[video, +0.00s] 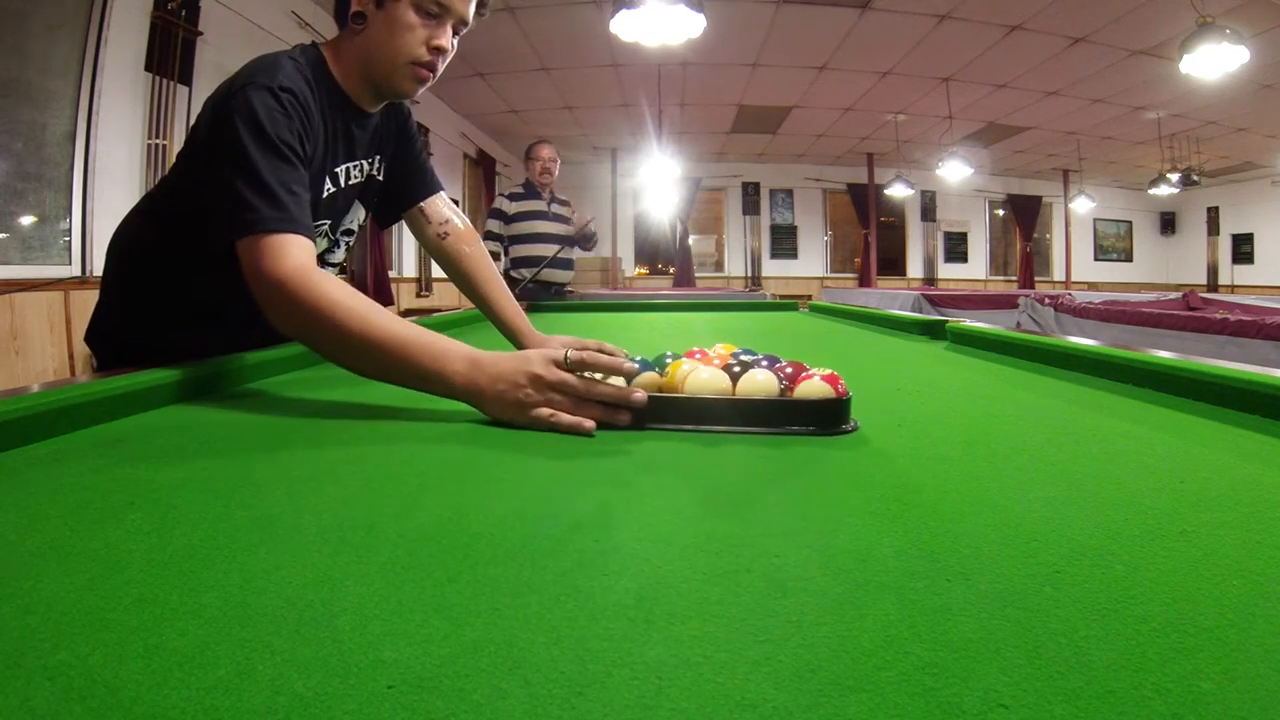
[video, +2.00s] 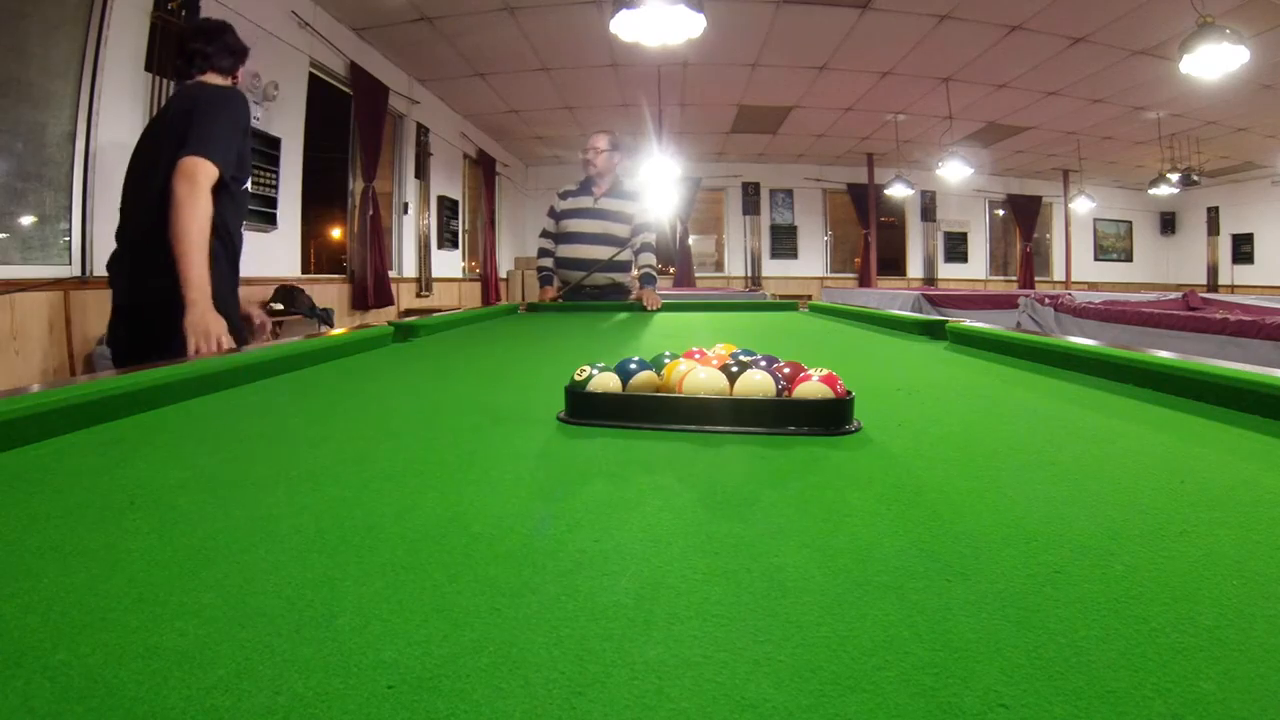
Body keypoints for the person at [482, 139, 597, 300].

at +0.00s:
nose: (546, 166)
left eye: (552, 161)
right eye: (539, 160)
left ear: (558, 167)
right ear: (527, 165)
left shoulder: (565, 206)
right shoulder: (508, 200)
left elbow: (587, 246)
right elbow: (491, 246)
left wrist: (586, 233)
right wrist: (495, 286)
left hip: (559, 294)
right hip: (522, 292)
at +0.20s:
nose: (544, 163)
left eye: (550, 157)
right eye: (537, 158)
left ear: (557, 163)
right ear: (525, 165)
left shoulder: (568, 202)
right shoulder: (507, 202)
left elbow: (587, 229)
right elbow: (490, 247)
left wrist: (596, 251)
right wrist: (495, 284)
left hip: (565, 295)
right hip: (527, 294)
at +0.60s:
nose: (543, 158)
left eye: (549, 153)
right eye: (535, 154)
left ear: (558, 160)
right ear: (525, 163)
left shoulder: (577, 199)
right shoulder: (508, 203)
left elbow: (597, 235)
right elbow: (492, 247)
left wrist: (612, 265)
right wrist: (498, 285)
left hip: (572, 296)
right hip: (528, 298)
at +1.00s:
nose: (565, 155)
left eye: (572, 151)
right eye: (558, 151)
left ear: (582, 162)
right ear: (549, 162)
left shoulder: (601, 202)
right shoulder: (529, 201)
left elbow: (616, 242)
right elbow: (514, 244)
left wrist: (632, 279)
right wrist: (516, 284)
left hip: (589, 297)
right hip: (544, 298)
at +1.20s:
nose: (583, 155)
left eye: (590, 150)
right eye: (577, 150)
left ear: (600, 158)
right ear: (568, 159)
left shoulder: (618, 203)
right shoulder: (546, 200)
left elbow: (632, 244)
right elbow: (531, 243)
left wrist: (641, 282)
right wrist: (531, 282)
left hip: (605, 299)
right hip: (558, 299)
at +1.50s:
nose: (609, 154)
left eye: (617, 150)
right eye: (602, 149)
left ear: (625, 157)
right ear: (593, 157)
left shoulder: (638, 203)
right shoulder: (569, 198)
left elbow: (649, 246)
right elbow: (551, 242)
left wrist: (649, 285)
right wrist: (549, 284)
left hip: (619, 300)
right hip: (574, 298)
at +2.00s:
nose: (588, 157)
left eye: (596, 151)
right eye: (586, 152)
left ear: (616, 158)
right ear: (583, 155)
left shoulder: (634, 200)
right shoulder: (565, 197)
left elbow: (644, 243)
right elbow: (546, 241)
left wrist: (648, 286)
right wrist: (546, 284)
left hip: (615, 298)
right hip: (570, 297)